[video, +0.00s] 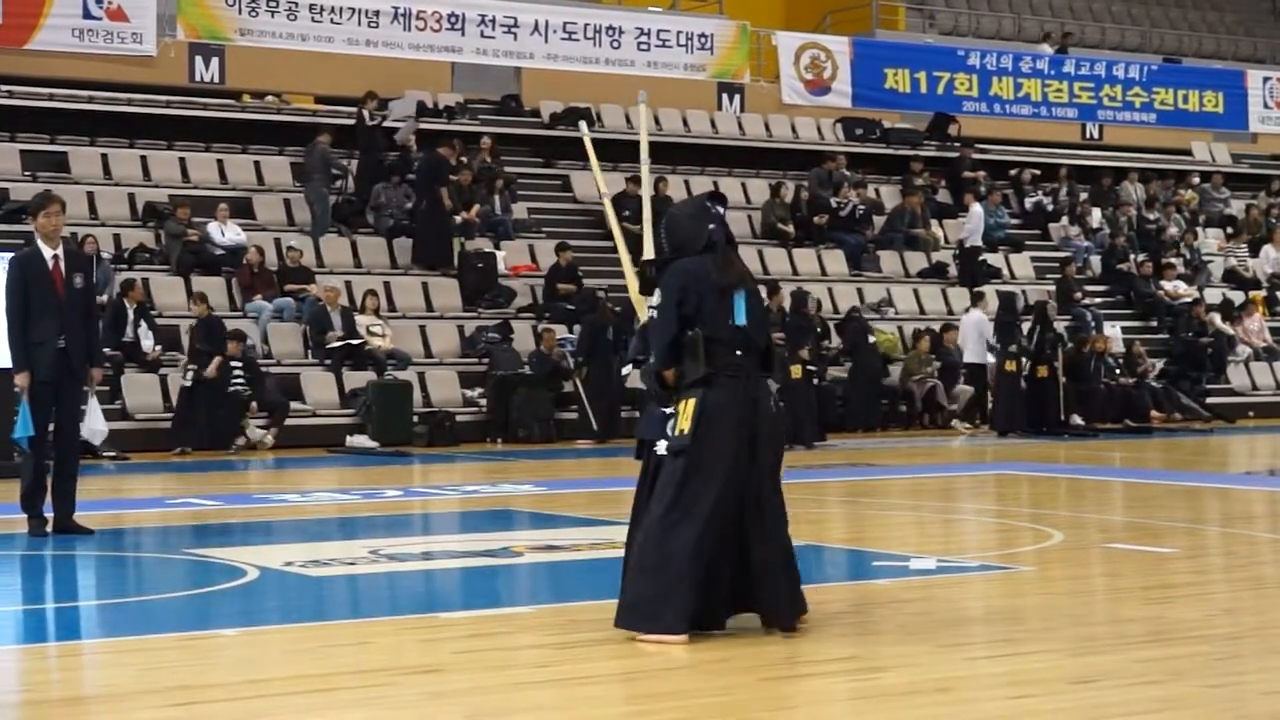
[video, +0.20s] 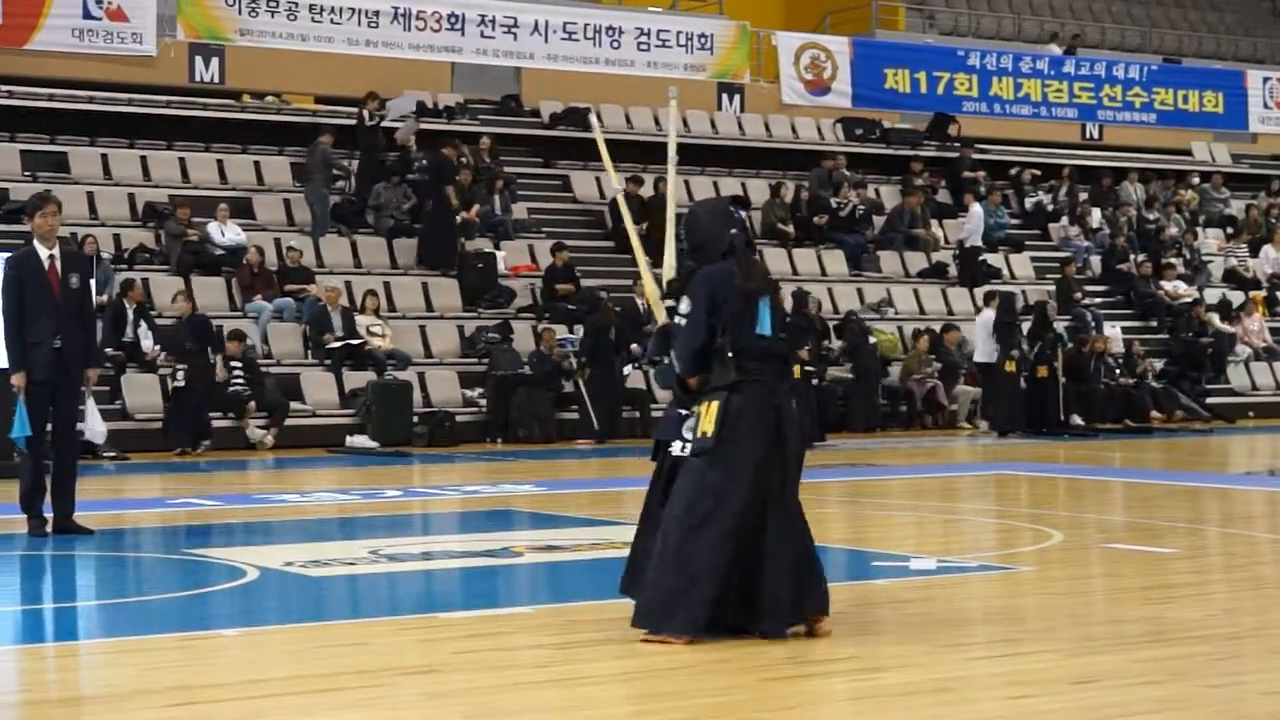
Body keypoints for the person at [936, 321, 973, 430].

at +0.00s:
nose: (955, 336)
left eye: (956, 333)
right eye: (952, 333)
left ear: (957, 334)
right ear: (945, 335)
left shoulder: (957, 348)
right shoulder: (941, 350)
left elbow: (960, 362)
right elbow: (953, 363)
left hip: (958, 381)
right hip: (946, 384)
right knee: (968, 391)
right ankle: (956, 416)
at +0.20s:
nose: (957, 337)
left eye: (958, 334)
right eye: (954, 334)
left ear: (959, 336)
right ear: (945, 335)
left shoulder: (957, 350)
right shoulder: (941, 350)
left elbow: (966, 360)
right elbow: (956, 363)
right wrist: (964, 361)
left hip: (962, 383)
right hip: (947, 385)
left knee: (980, 392)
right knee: (967, 392)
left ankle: (978, 419)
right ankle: (961, 420)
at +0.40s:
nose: (958, 337)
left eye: (958, 334)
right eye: (955, 334)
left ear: (959, 336)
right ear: (947, 336)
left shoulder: (957, 351)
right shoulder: (942, 351)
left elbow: (968, 361)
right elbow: (958, 364)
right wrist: (965, 363)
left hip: (962, 385)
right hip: (948, 386)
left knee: (985, 393)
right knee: (967, 392)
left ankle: (979, 420)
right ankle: (961, 421)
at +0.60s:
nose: (959, 339)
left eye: (960, 336)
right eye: (956, 336)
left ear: (960, 337)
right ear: (947, 336)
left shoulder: (957, 351)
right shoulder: (942, 352)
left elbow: (970, 359)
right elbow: (955, 363)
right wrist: (964, 363)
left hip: (962, 385)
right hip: (948, 386)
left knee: (986, 393)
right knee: (967, 392)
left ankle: (982, 419)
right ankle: (961, 421)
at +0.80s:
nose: (960, 338)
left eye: (960, 335)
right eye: (957, 335)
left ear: (961, 336)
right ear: (948, 336)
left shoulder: (958, 351)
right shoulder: (944, 351)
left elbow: (971, 358)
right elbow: (955, 363)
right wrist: (964, 363)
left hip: (963, 385)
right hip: (950, 386)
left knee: (986, 393)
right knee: (967, 392)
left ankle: (982, 419)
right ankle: (961, 421)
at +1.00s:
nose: (961, 337)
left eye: (961, 335)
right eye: (958, 334)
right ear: (948, 336)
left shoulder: (958, 351)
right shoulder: (945, 351)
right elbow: (956, 363)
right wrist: (966, 364)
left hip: (963, 385)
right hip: (950, 386)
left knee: (986, 393)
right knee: (967, 392)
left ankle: (983, 419)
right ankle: (961, 421)